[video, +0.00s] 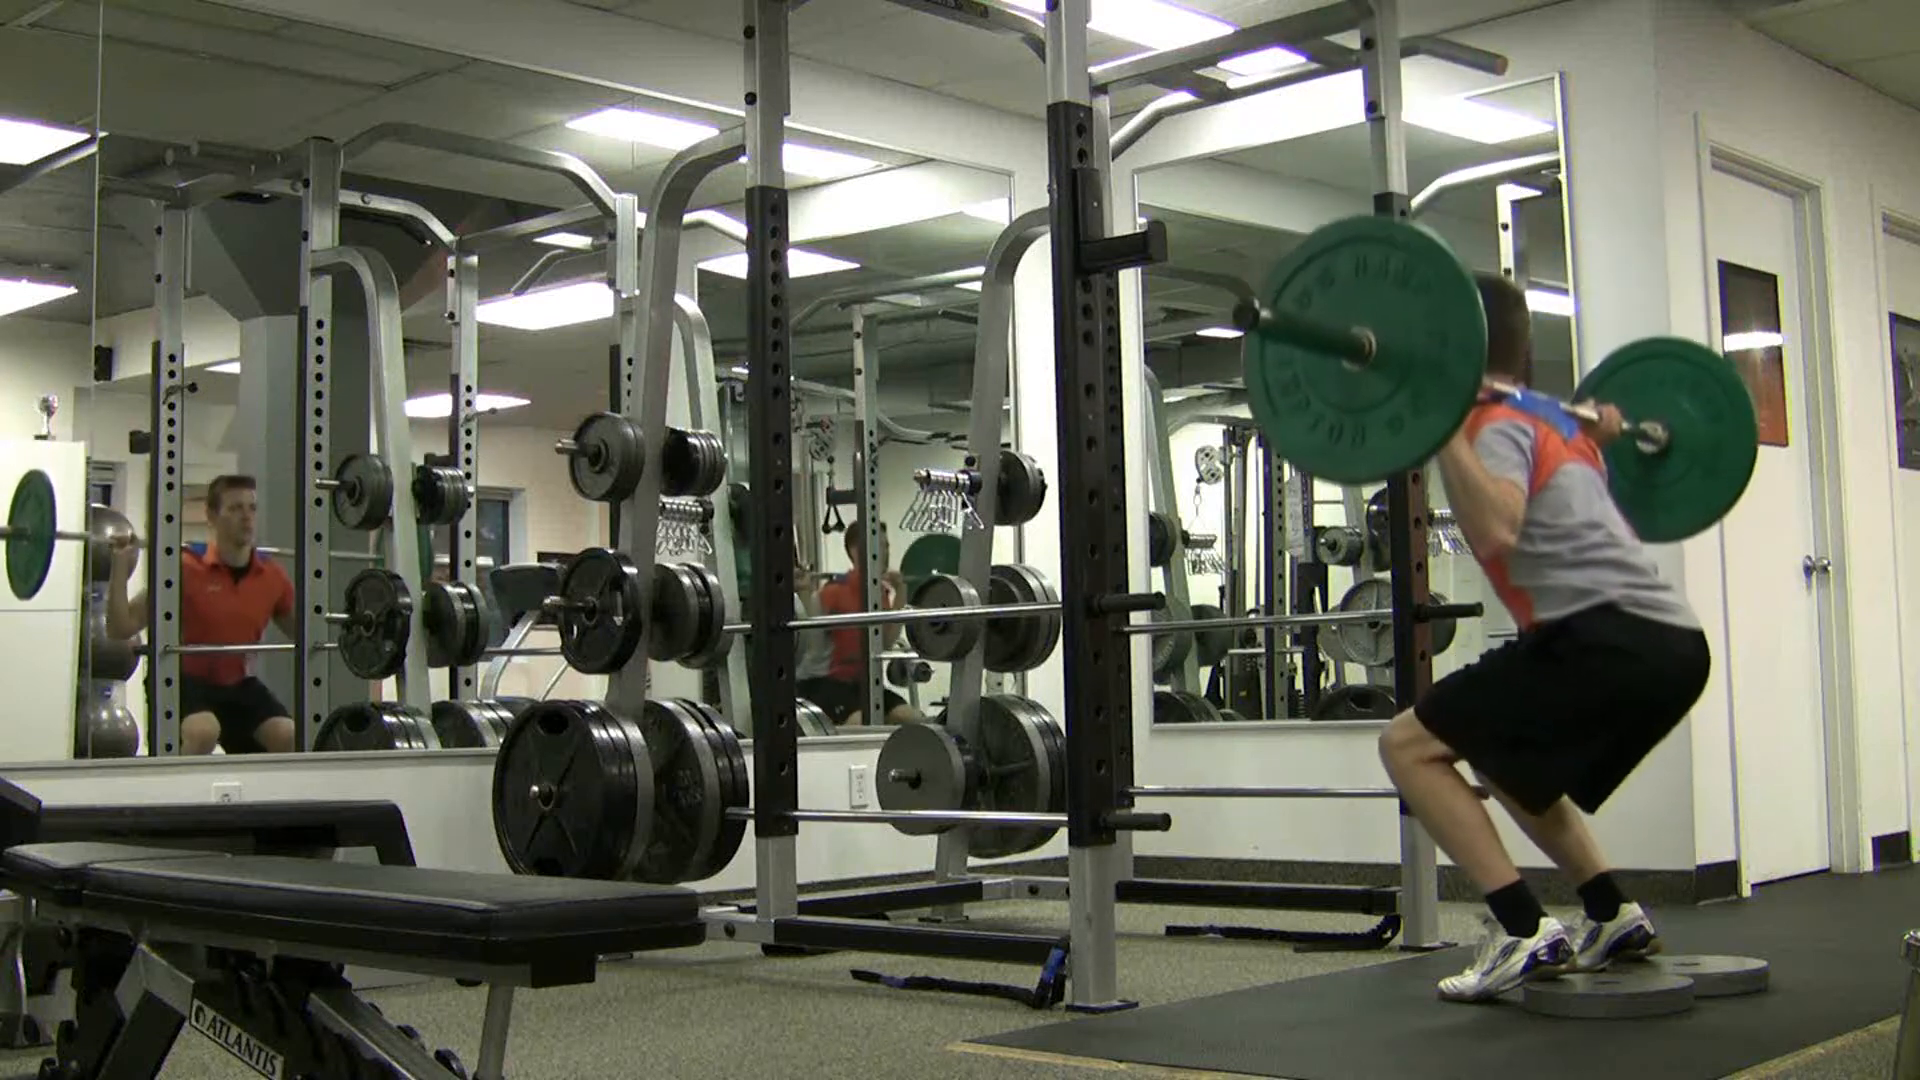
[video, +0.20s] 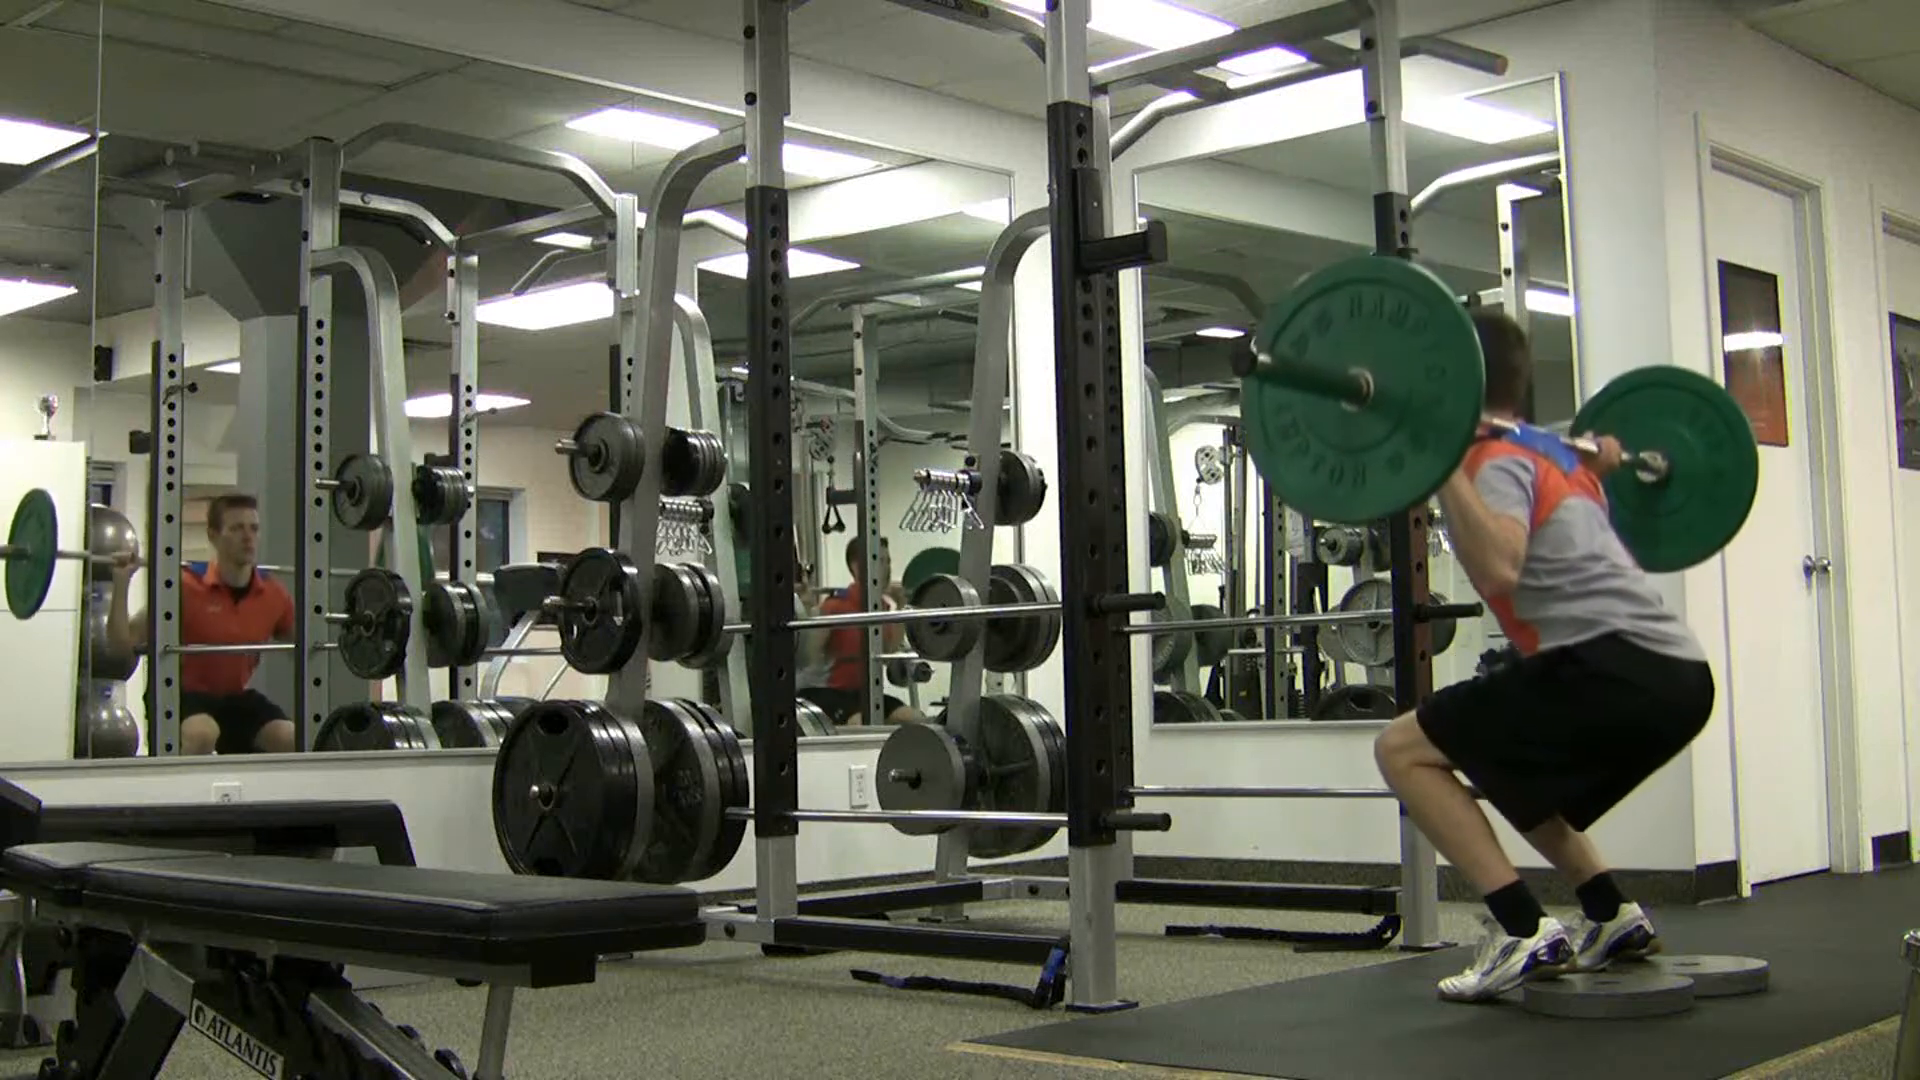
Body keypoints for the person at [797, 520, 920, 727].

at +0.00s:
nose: (880, 553)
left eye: (884, 546)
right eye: (870, 546)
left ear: (888, 549)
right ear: (853, 552)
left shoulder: (881, 593)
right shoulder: (832, 593)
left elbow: (887, 642)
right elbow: (815, 642)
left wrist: (900, 594)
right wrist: (804, 595)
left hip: (869, 684)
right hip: (831, 683)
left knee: (912, 719)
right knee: (860, 719)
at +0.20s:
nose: (884, 568)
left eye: (887, 561)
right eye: (876, 561)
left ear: (891, 564)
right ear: (855, 566)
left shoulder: (885, 607)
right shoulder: (835, 605)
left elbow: (891, 650)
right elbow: (815, 651)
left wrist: (901, 606)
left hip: (871, 692)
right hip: (835, 692)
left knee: (914, 719)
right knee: (864, 724)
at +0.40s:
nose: (886, 581)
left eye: (889, 574)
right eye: (879, 574)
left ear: (892, 576)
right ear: (856, 579)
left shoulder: (883, 618)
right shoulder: (835, 617)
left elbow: (896, 674)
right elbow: (808, 667)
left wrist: (900, 620)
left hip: (872, 701)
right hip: (836, 703)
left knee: (916, 719)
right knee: (862, 726)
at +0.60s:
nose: (887, 591)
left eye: (889, 585)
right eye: (878, 584)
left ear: (892, 586)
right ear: (857, 588)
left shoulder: (883, 627)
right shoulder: (836, 625)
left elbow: (888, 676)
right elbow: (808, 674)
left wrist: (904, 631)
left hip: (872, 707)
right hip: (837, 708)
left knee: (918, 721)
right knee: (862, 729)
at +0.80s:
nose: (889, 595)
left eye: (890, 588)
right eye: (881, 589)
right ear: (858, 592)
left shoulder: (884, 632)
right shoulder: (834, 630)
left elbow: (888, 680)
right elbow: (808, 677)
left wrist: (904, 635)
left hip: (872, 708)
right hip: (836, 710)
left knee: (917, 722)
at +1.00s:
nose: (889, 591)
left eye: (890, 584)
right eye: (880, 584)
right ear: (858, 588)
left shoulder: (883, 626)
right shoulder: (833, 626)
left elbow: (889, 675)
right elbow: (807, 676)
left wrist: (905, 629)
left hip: (872, 707)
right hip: (837, 708)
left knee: (917, 720)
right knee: (863, 729)